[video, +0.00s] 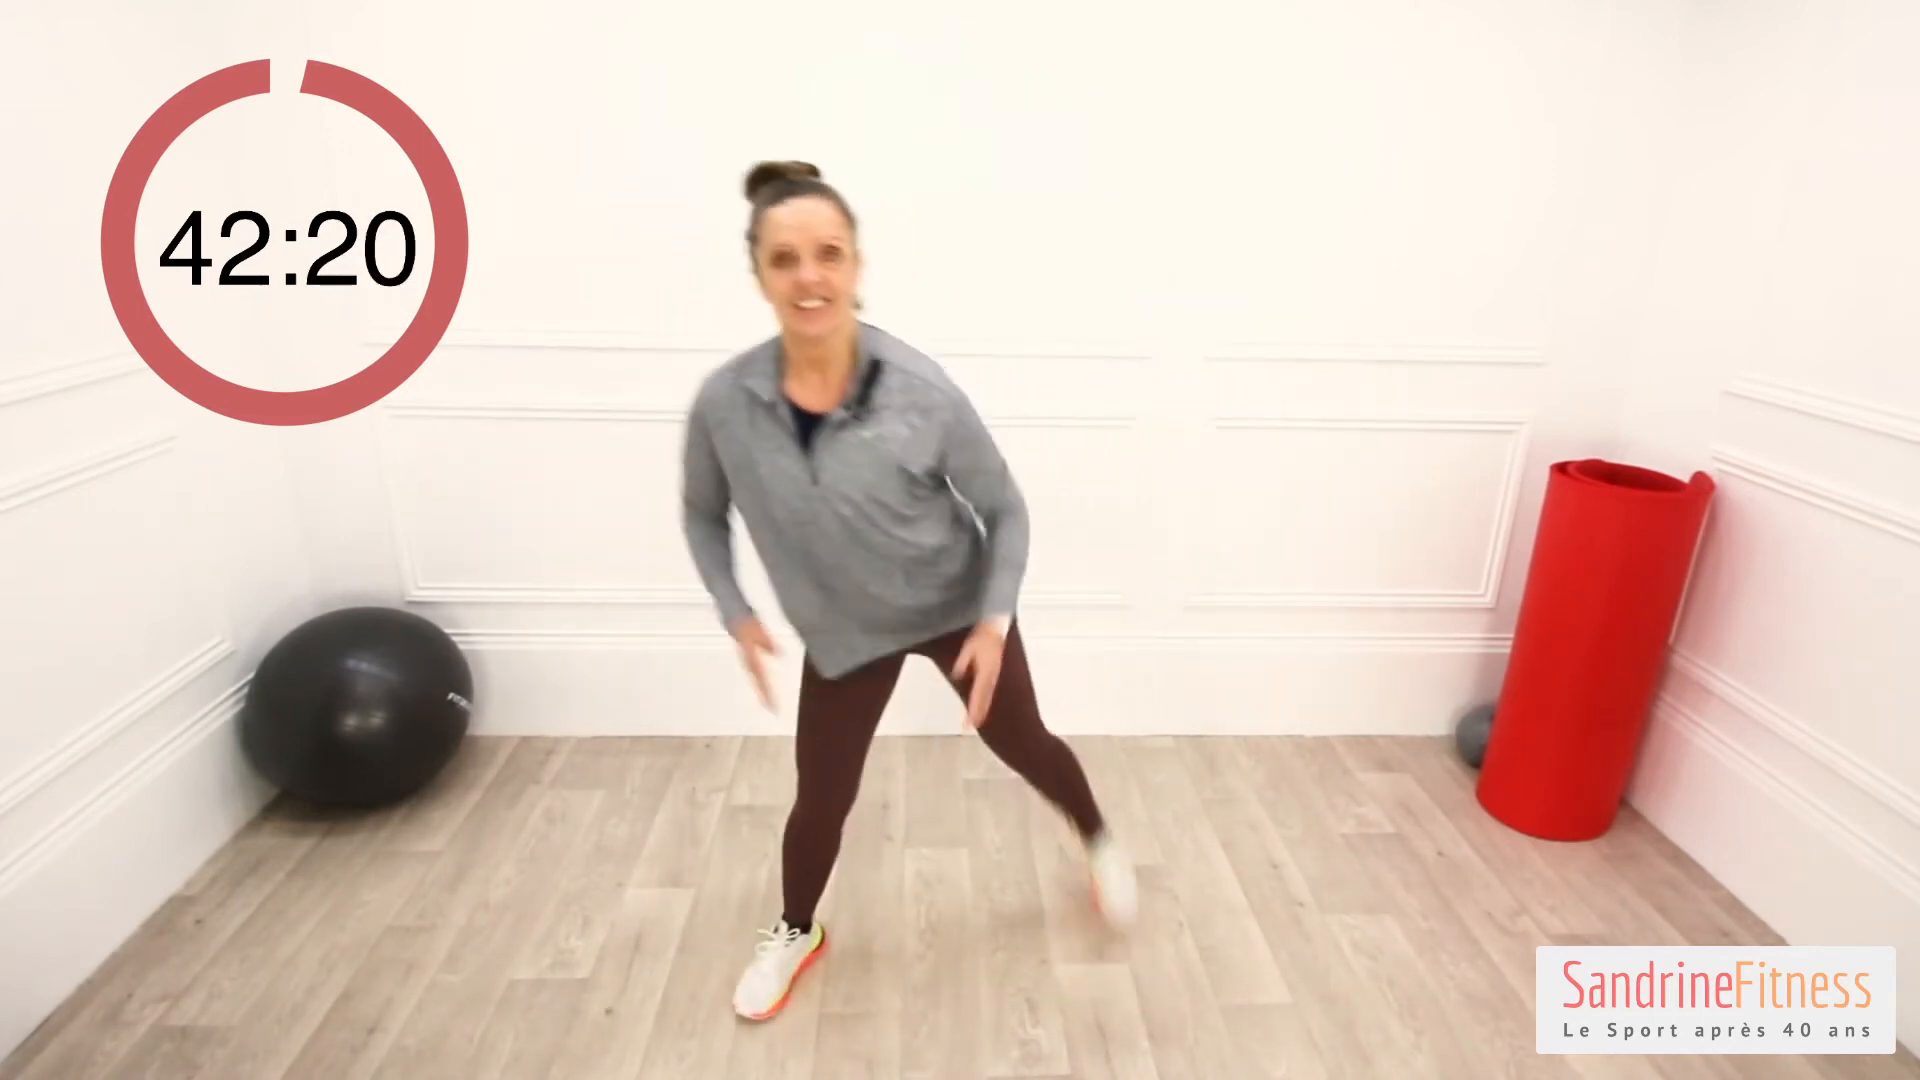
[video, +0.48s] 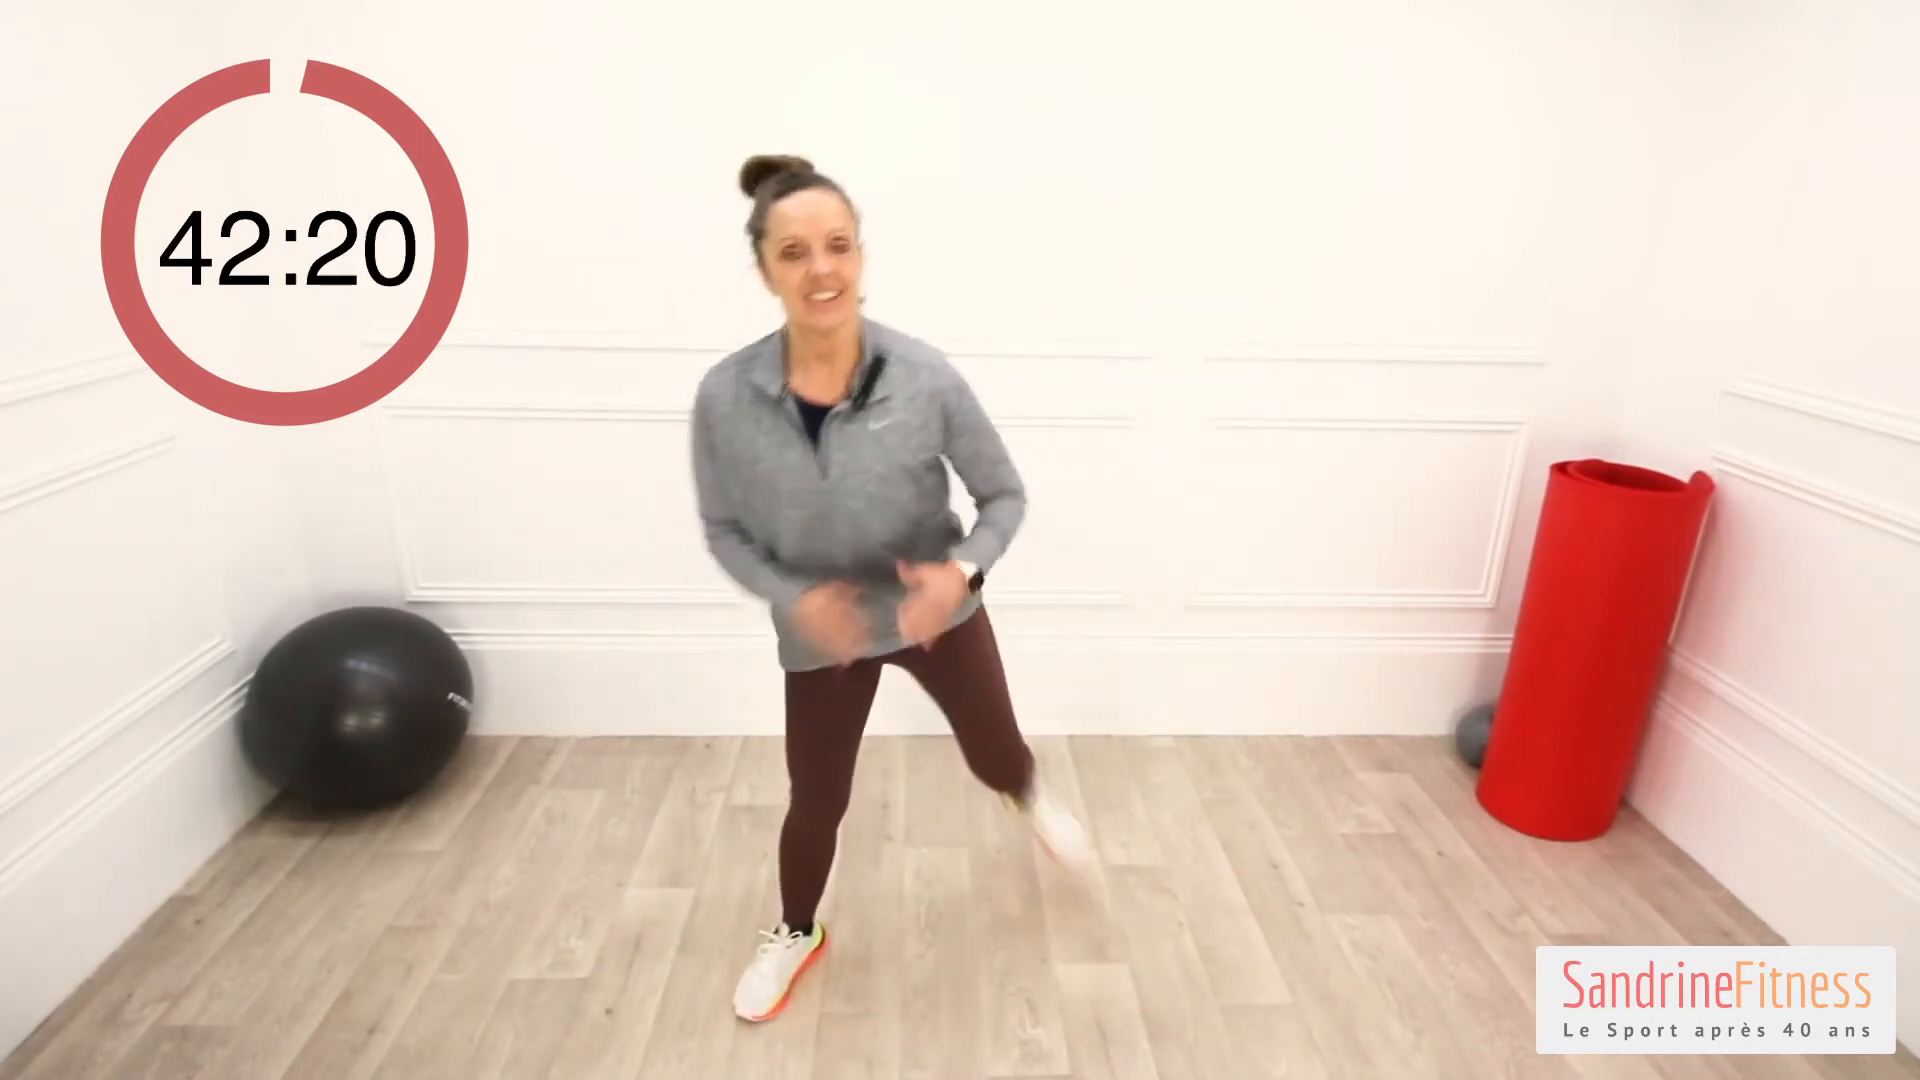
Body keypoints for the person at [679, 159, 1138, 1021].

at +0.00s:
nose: (809, 280)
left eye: (828, 255)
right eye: (784, 261)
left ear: (858, 266)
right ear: (758, 280)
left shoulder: (922, 393)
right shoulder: (724, 405)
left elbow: (1006, 512)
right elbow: (704, 515)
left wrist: (994, 622)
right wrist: (738, 615)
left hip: (956, 607)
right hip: (844, 629)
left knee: (1023, 744)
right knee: (821, 795)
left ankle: (1099, 841)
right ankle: (795, 930)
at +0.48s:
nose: (822, 271)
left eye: (839, 247)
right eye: (796, 254)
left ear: (863, 256)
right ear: (764, 272)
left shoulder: (927, 378)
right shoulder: (725, 400)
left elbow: (1005, 496)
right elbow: (722, 529)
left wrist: (963, 570)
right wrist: (792, 598)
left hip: (934, 607)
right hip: (822, 624)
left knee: (999, 759)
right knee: (814, 803)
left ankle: (1024, 797)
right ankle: (796, 931)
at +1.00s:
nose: (1118, 278)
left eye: (1135, 255)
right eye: (1092, 262)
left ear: (1158, 267)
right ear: (1061, 282)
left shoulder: (1198, 404)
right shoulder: (1006, 395)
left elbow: (1193, 506)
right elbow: (922, 483)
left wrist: (1167, 587)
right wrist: (944, 593)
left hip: (1067, 626)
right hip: (964, 599)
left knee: (1076, 791)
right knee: (881, 766)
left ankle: (1097, 917)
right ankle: (790, 803)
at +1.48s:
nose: (1080, 282)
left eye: (1100, 259)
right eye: (1057, 264)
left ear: (1129, 271)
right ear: (1031, 282)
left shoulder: (1180, 391)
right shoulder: (983, 393)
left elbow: (1216, 451)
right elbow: (924, 525)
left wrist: (1180, 543)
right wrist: (984, 582)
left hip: (1084, 629)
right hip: (970, 612)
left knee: (1085, 790)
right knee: (892, 758)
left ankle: (1098, 916)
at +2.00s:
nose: (766, 280)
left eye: (787, 257)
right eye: (743, 263)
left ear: (826, 270)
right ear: (724, 281)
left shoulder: (876, 383)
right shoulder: (723, 384)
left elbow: (890, 522)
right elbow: (766, 495)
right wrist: (787, 569)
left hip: (937, 595)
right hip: (835, 612)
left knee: (1004, 737)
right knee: (805, 796)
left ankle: (1086, 840)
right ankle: (779, 936)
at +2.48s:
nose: (814, 305)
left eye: (833, 280)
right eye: (788, 287)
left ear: (861, 290)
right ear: (761, 305)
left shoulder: (917, 419)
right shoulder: (723, 396)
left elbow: (1050, 532)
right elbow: (717, 441)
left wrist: (990, 647)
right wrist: (748, 516)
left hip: (931, 622)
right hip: (815, 634)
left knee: (1007, 772)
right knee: (788, 813)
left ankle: (1072, 883)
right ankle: (778, 938)